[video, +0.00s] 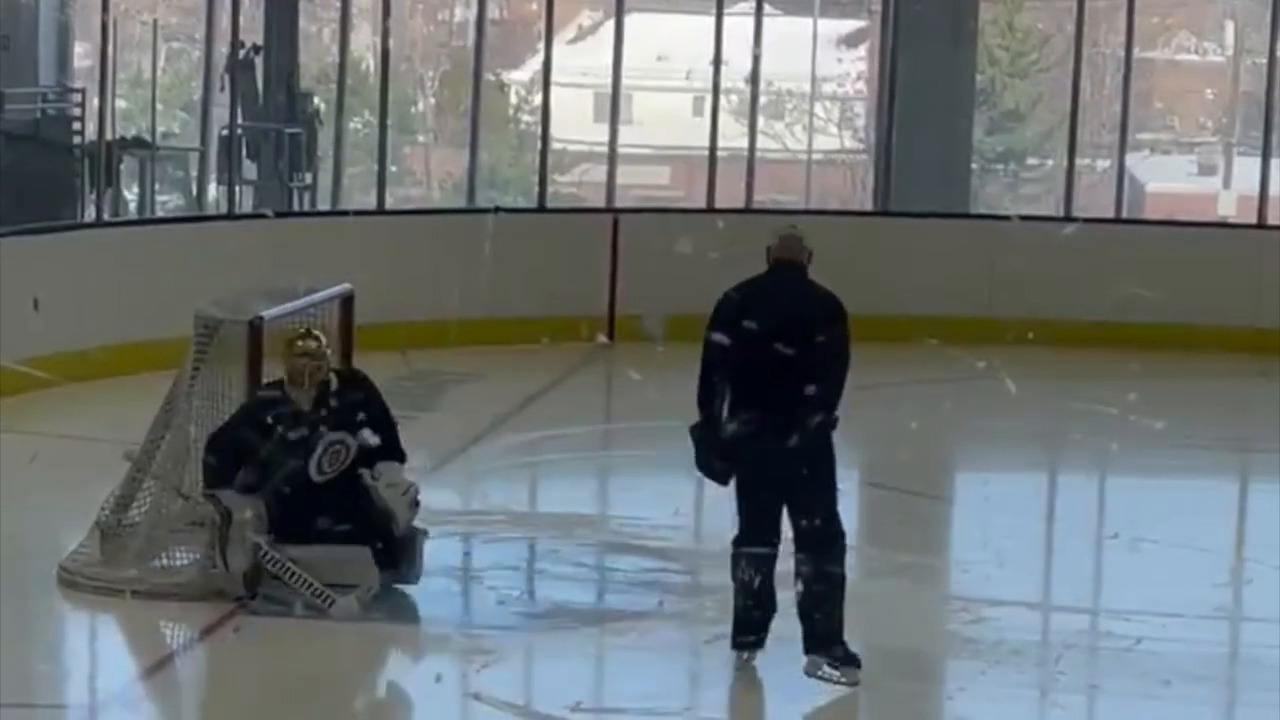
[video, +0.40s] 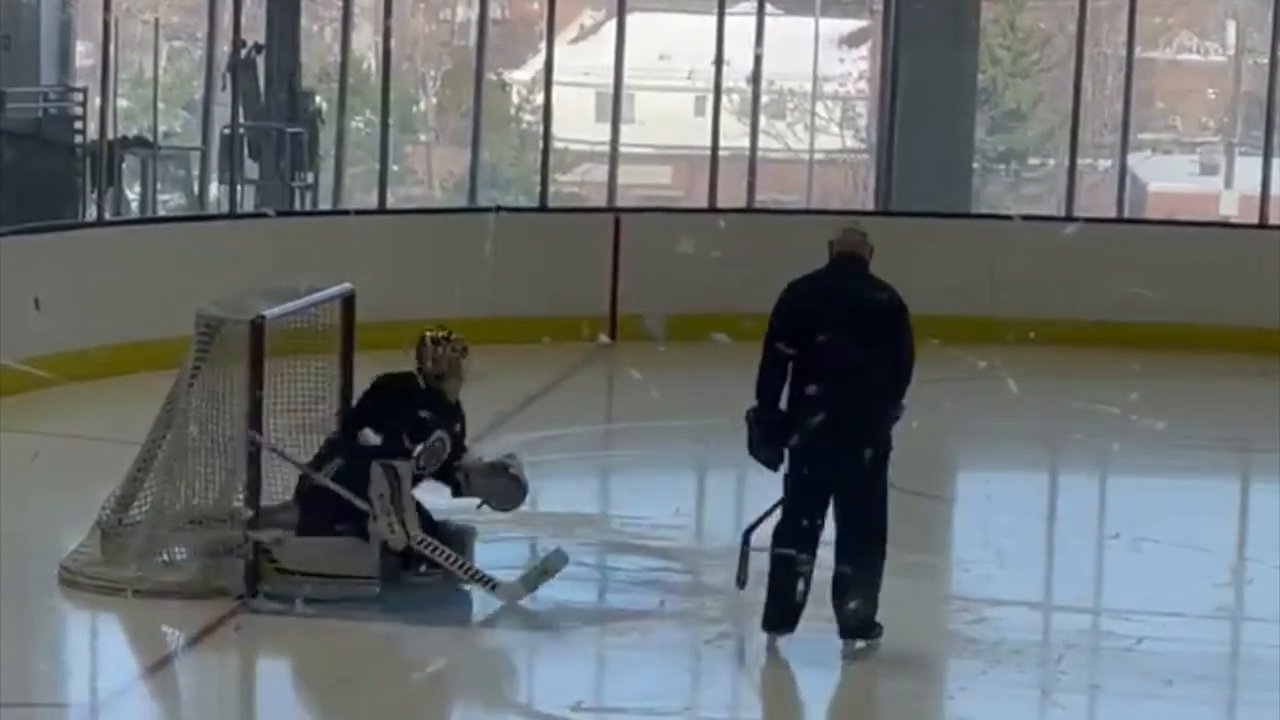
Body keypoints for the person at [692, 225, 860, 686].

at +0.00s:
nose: (796, 266)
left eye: (784, 256)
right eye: (801, 258)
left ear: (767, 260)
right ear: (808, 262)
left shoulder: (735, 300)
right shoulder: (826, 306)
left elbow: (711, 373)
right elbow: (832, 374)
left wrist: (709, 434)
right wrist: (815, 425)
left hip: (749, 441)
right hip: (806, 444)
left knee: (755, 534)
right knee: (820, 539)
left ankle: (747, 635)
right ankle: (824, 647)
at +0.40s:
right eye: (866, 255)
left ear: (830, 255)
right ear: (868, 258)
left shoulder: (800, 293)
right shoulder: (887, 300)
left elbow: (774, 364)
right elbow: (901, 369)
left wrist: (767, 425)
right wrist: (882, 420)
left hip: (809, 429)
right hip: (865, 433)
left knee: (798, 520)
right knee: (862, 527)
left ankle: (779, 617)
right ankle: (856, 626)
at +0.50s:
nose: (877, 261)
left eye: (868, 252)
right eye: (886, 254)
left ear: (852, 255)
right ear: (890, 258)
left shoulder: (821, 294)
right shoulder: (910, 301)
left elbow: (796, 364)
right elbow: (926, 365)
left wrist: (787, 422)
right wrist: (909, 415)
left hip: (832, 427)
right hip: (888, 433)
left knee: (814, 517)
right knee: (884, 526)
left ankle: (789, 609)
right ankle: (874, 618)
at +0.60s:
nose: (897, 260)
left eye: (889, 252)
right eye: (908, 254)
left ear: (875, 255)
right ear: (914, 257)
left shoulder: (849, 295)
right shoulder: (937, 300)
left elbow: (824, 361)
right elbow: (954, 366)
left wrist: (812, 416)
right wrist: (931, 410)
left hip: (857, 427)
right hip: (914, 434)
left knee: (833, 513)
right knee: (907, 523)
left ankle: (801, 604)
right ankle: (892, 615)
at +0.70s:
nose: (916, 261)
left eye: (908, 253)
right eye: (928, 254)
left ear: (899, 253)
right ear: (938, 255)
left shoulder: (876, 293)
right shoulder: (965, 300)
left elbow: (852, 363)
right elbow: (978, 366)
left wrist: (839, 420)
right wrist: (954, 416)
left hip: (880, 427)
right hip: (938, 435)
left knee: (855, 511)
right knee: (928, 523)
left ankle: (818, 602)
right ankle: (910, 616)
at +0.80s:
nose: (927, 258)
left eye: (923, 251)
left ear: (922, 251)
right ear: (960, 252)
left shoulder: (899, 292)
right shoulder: (988, 297)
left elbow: (874, 365)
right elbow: (1004, 365)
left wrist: (863, 423)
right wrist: (973, 415)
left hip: (901, 426)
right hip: (957, 432)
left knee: (882, 509)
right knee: (948, 522)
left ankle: (853, 597)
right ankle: (930, 612)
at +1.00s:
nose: (958, 250)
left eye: (959, 243)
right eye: (967, 243)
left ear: (961, 246)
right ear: (998, 247)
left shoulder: (939, 290)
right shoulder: (1026, 292)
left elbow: (916, 360)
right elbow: (1048, 354)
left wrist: (908, 427)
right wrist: (1018, 404)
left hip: (946, 419)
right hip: (998, 422)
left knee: (937, 505)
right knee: (988, 511)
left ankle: (930, 600)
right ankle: (975, 609)